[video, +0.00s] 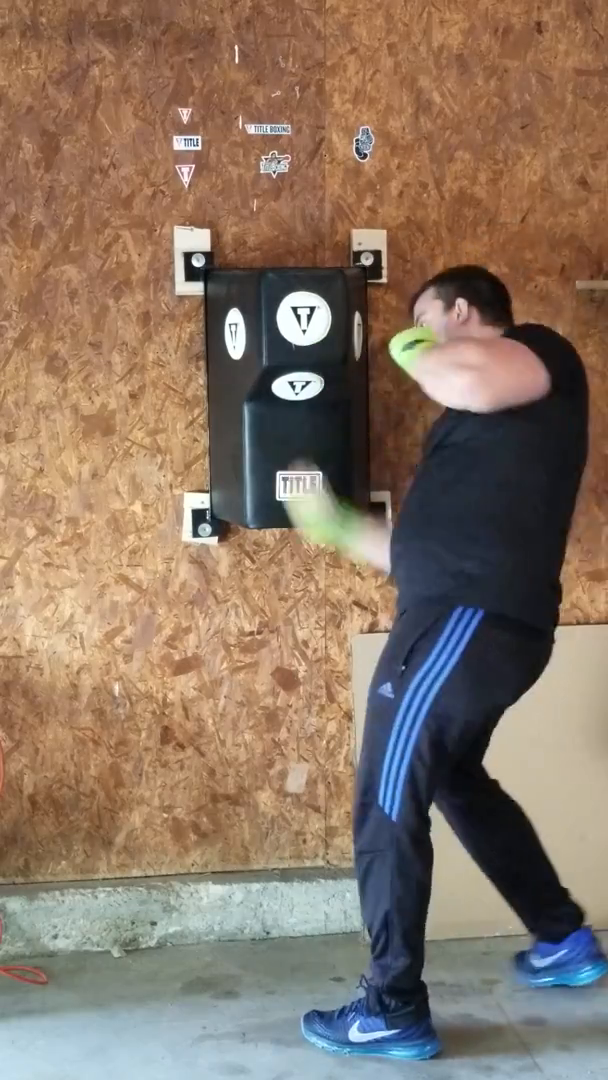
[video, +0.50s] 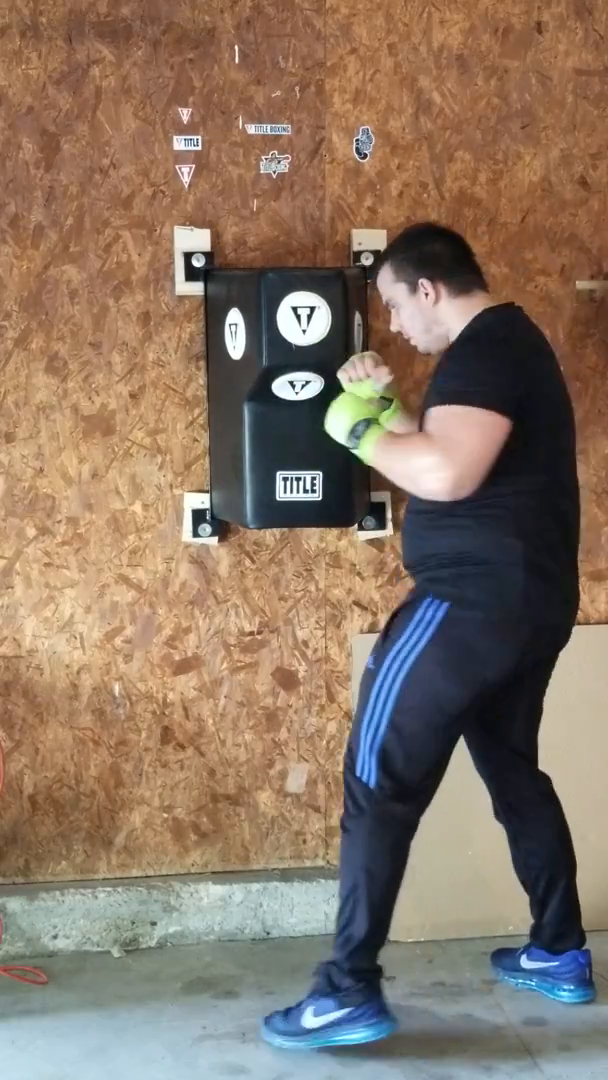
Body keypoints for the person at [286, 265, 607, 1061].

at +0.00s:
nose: (421, 342)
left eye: (425, 325)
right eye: (419, 331)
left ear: (463, 308)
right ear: (472, 314)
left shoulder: (543, 349)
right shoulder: (487, 407)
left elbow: (471, 382)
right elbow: (433, 550)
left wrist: (413, 350)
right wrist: (334, 522)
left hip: (467, 611)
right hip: (484, 617)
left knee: (387, 798)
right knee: (455, 776)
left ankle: (393, 1006)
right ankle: (564, 938)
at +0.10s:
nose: (409, 330)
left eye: (414, 314)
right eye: (406, 320)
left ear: (454, 300)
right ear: (454, 308)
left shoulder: (548, 356)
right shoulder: (433, 410)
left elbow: (532, 423)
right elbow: (365, 501)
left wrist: (441, 366)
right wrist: (314, 443)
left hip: (493, 612)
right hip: (444, 613)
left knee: (400, 796)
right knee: (442, 786)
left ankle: (395, 1005)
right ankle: (542, 951)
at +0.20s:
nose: (396, 331)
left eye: (400, 311)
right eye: (392, 315)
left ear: (442, 298)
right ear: (445, 302)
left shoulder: (539, 359)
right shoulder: (445, 397)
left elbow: (564, 456)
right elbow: (423, 526)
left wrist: (458, 411)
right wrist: (375, 494)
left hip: (497, 610)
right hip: (453, 609)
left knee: (409, 791)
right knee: (462, 784)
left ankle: (393, 1003)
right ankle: (551, 952)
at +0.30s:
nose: (394, 340)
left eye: (394, 319)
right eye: (387, 325)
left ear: (435, 300)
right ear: (437, 306)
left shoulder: (535, 355)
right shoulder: (461, 388)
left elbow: (559, 465)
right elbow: (447, 517)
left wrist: (451, 430)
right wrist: (391, 478)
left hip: (498, 606)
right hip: (456, 603)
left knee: (403, 778)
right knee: (478, 774)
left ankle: (391, 997)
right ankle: (556, 952)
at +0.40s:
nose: (396, 330)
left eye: (396, 309)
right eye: (390, 314)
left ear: (433, 291)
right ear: (444, 291)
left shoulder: (515, 348)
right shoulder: (478, 365)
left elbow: (508, 467)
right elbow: (437, 490)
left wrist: (405, 425)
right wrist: (387, 427)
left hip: (482, 597)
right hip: (509, 599)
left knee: (389, 771)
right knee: (499, 767)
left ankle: (377, 986)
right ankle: (557, 951)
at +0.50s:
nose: (396, 326)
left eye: (396, 305)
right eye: (391, 310)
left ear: (429, 287)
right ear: (453, 283)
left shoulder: (483, 350)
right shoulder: (514, 342)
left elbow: (444, 472)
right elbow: (457, 458)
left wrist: (369, 428)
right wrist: (393, 411)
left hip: (470, 597)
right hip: (534, 598)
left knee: (378, 782)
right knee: (511, 768)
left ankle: (349, 987)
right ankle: (560, 953)